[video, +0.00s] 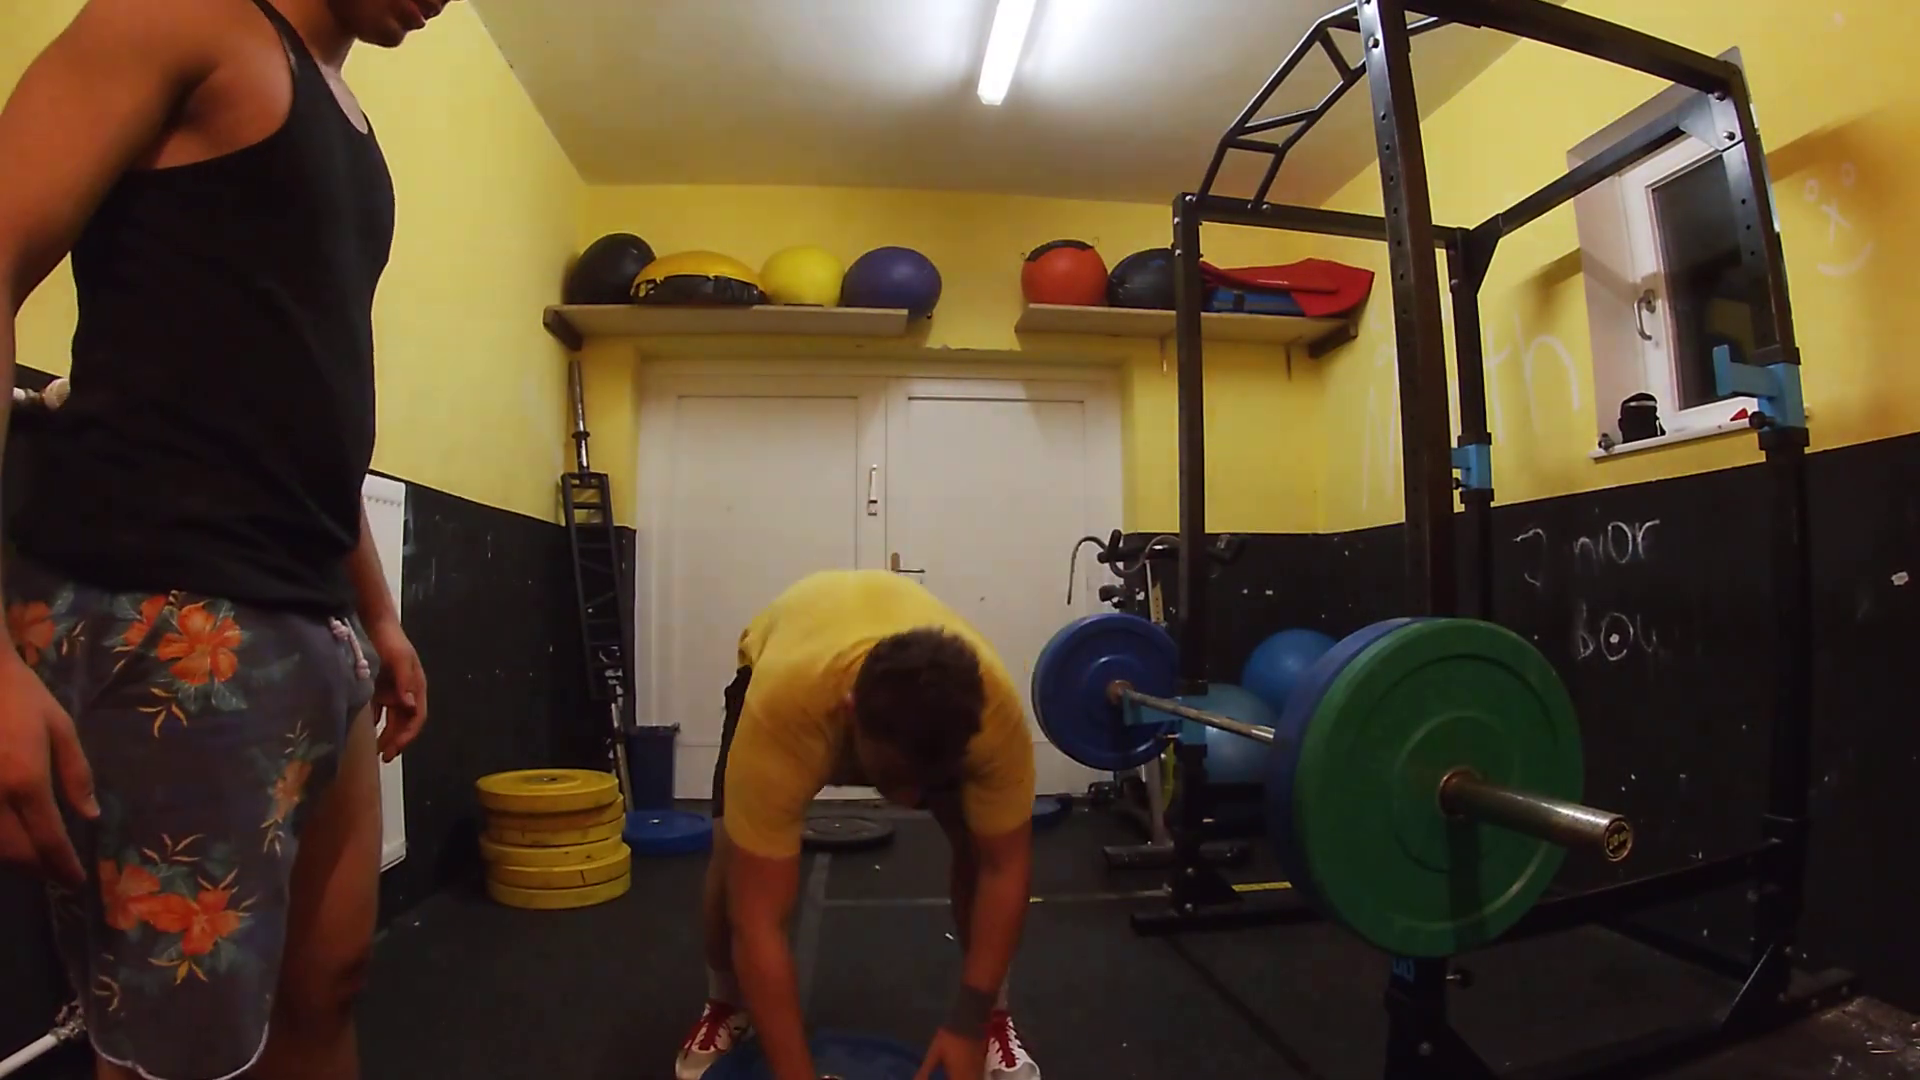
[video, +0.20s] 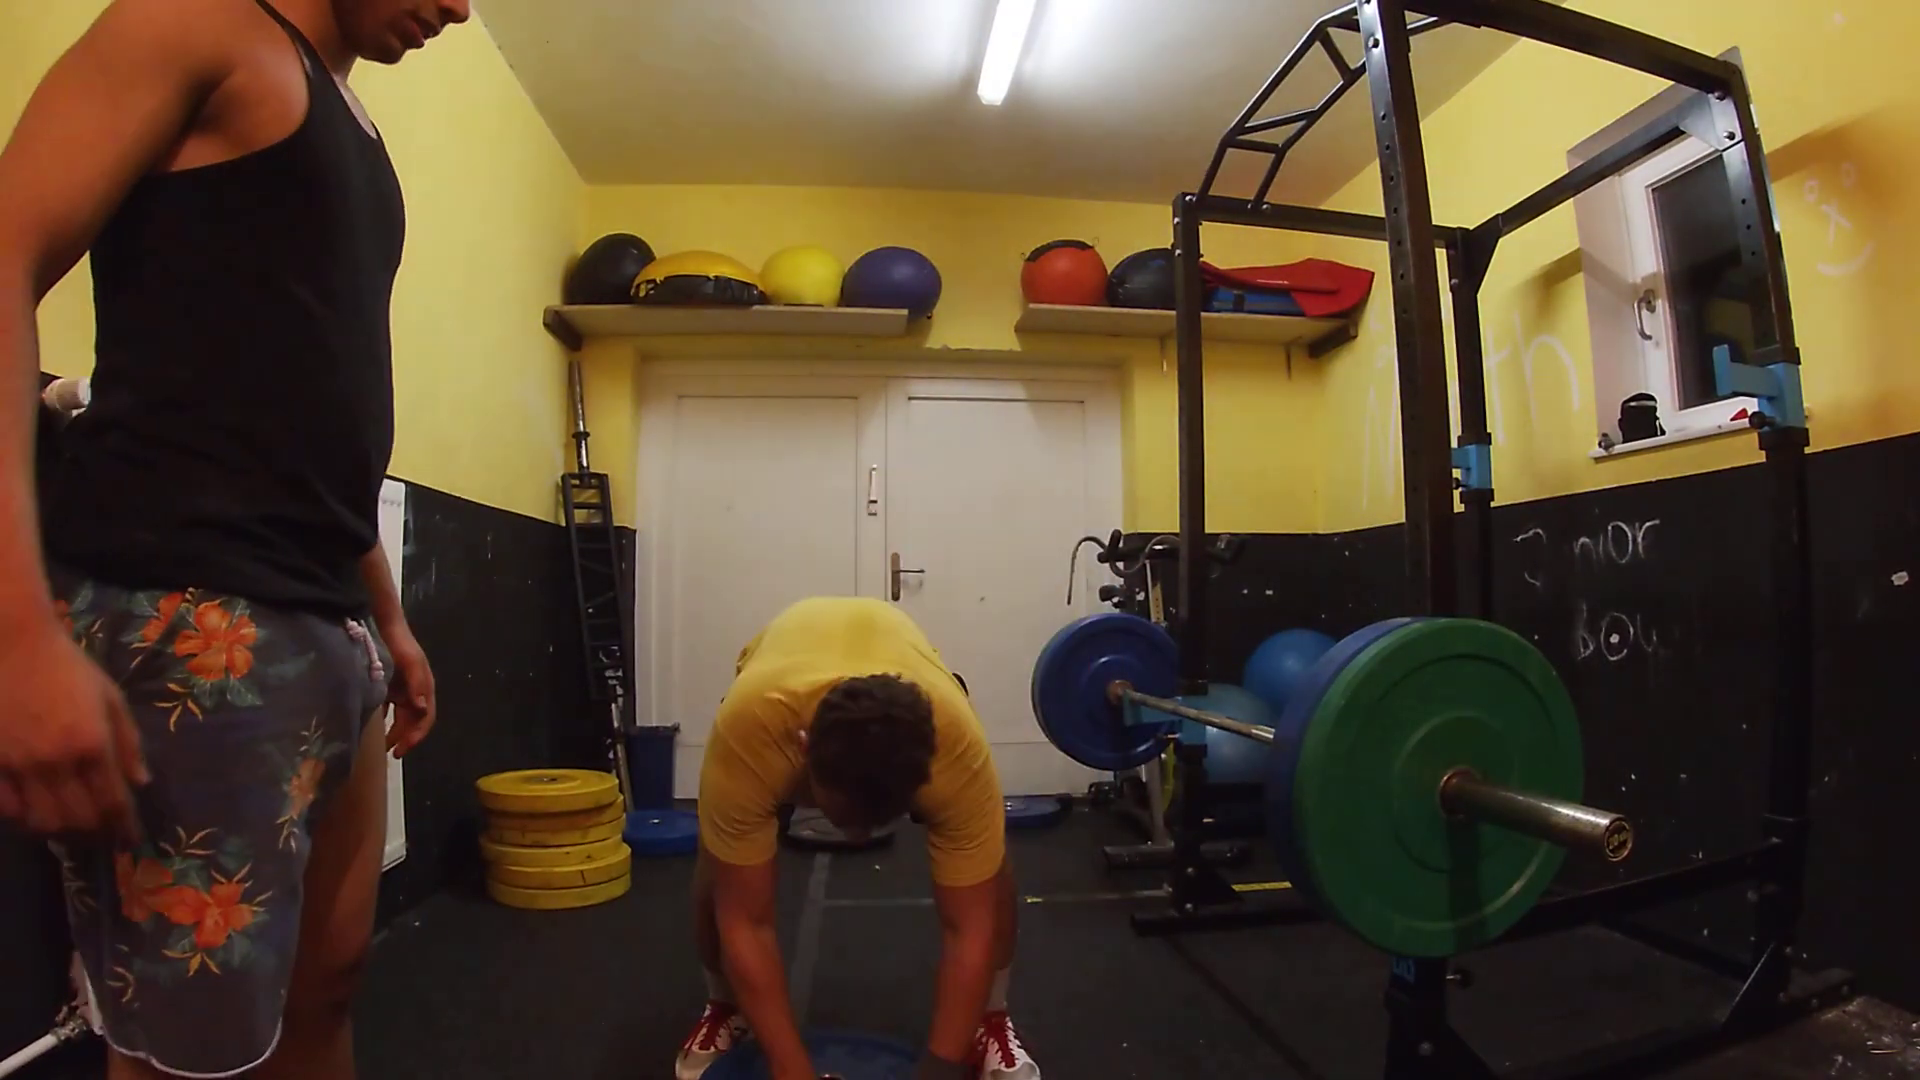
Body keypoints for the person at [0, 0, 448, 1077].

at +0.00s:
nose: (434, 3)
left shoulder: (346, 114)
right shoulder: (181, 22)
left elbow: (309, 394)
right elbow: (1, 285)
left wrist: (375, 609)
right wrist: (1, 654)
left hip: (316, 634)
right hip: (168, 634)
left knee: (323, 1002)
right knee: (171, 1046)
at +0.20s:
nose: (457, 10)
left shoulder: (358, 135)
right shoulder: (194, 26)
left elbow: (322, 397)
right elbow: (7, 274)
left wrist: (383, 611)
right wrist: (23, 633)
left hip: (330, 633)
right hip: (186, 628)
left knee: (322, 1001)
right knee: (178, 1051)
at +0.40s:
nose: (472, 29)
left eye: (485, 12)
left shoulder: (353, 133)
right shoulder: (203, 48)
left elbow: (330, 409)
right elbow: (17, 269)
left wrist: (406, 610)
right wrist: (175, 464)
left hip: (337, 622)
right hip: (188, 617)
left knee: (322, 995)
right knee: (192, 1035)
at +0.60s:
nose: (467, 52)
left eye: (485, 32)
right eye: (473, 18)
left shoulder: (355, 148)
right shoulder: (210, 62)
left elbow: (350, 415)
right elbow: (51, 231)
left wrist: (424, 614)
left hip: (355, 625)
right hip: (210, 615)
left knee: (321, 991)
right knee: (206, 1037)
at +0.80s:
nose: (450, 67)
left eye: (472, 46)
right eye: (453, 27)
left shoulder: (341, 141)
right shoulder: (194, 94)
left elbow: (355, 406)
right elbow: (242, 24)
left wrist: (430, 610)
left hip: (359, 622)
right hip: (220, 620)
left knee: (323, 999)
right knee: (210, 1035)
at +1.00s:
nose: (441, 69)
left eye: (463, 49)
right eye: (445, 28)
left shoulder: (342, 151)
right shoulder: (198, 86)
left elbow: (347, 401)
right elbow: (229, 28)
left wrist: (420, 605)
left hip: (357, 619)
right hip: (223, 617)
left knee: (325, 996)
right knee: (215, 1034)